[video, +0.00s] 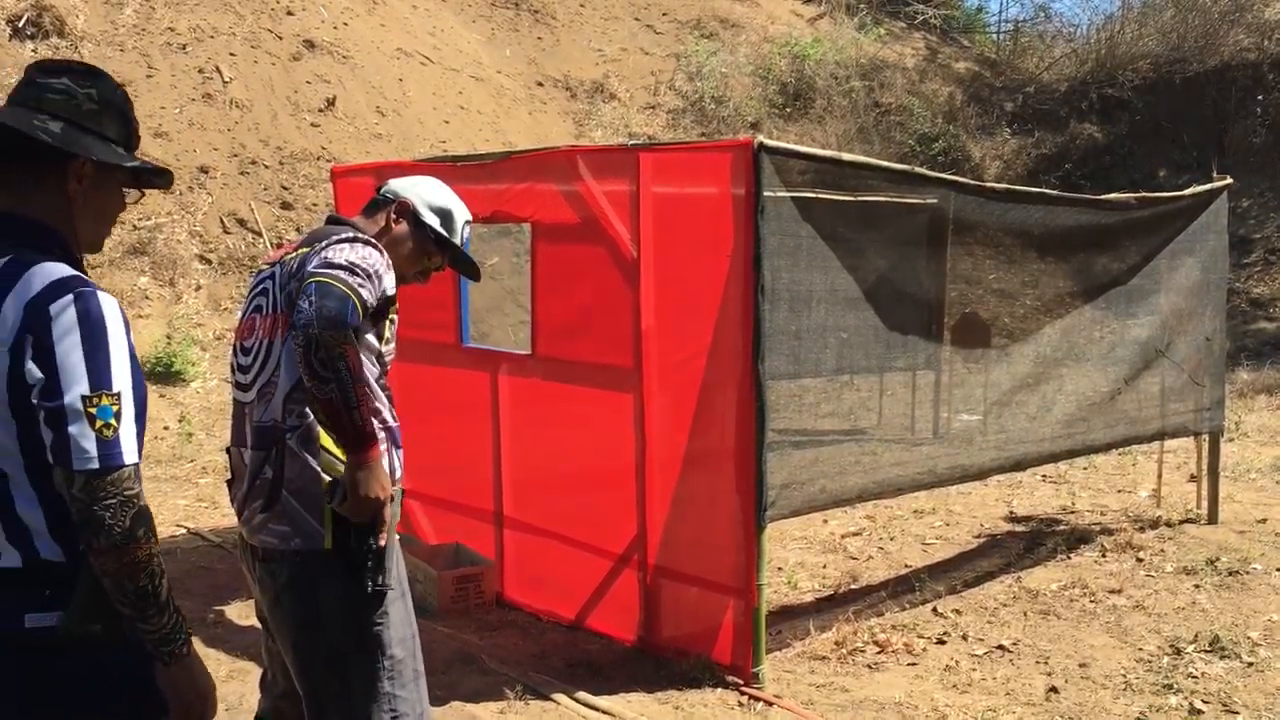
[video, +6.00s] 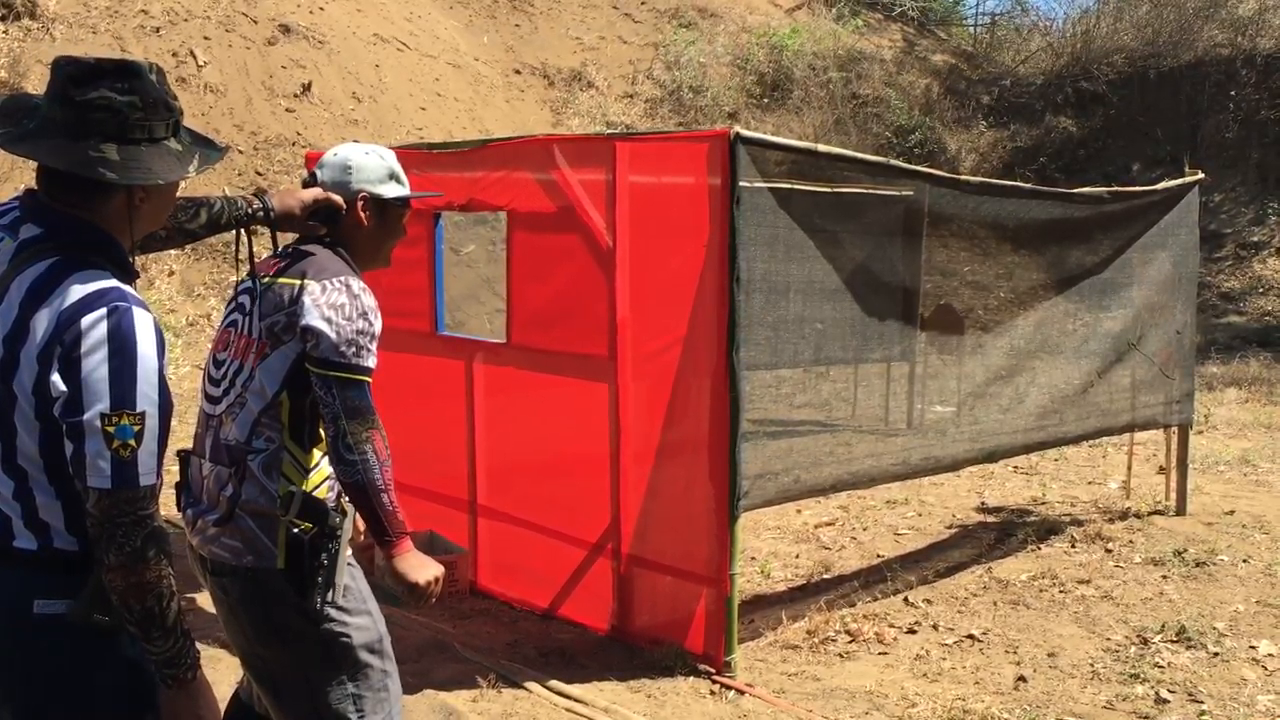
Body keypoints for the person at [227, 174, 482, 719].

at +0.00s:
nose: (424, 275)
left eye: (436, 266)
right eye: (427, 255)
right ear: (397, 218)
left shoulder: (280, 267)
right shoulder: (358, 251)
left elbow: (253, 410)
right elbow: (323, 326)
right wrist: (367, 456)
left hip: (277, 541)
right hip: (336, 539)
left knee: (293, 705)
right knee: (384, 707)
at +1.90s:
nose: (401, 233)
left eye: (406, 218)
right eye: (399, 215)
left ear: (349, 198)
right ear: (363, 200)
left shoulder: (261, 254)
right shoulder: (321, 269)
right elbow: (326, 396)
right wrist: (431, 470)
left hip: (229, 525)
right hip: (286, 533)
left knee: (264, 692)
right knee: (348, 703)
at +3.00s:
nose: (391, 223)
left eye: (391, 208)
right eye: (386, 207)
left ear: (310, 202)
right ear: (349, 207)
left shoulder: (253, 267)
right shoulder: (324, 290)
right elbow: (338, 438)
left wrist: (314, 516)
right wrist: (385, 551)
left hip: (207, 528)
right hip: (266, 543)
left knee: (265, 683)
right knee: (353, 700)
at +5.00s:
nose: (408, 227)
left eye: (409, 212)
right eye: (401, 211)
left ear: (338, 209)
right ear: (363, 211)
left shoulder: (271, 274)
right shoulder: (342, 293)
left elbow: (276, 414)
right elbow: (356, 437)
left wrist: (339, 506)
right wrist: (405, 549)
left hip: (228, 530)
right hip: (285, 544)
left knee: (282, 688)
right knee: (370, 700)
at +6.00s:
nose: (406, 228)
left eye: (407, 213)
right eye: (400, 212)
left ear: (340, 210)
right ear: (360, 211)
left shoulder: (274, 270)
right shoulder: (339, 291)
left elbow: (281, 413)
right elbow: (353, 435)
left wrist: (343, 509)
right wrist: (402, 547)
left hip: (224, 526)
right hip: (281, 540)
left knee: (276, 686)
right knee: (366, 698)